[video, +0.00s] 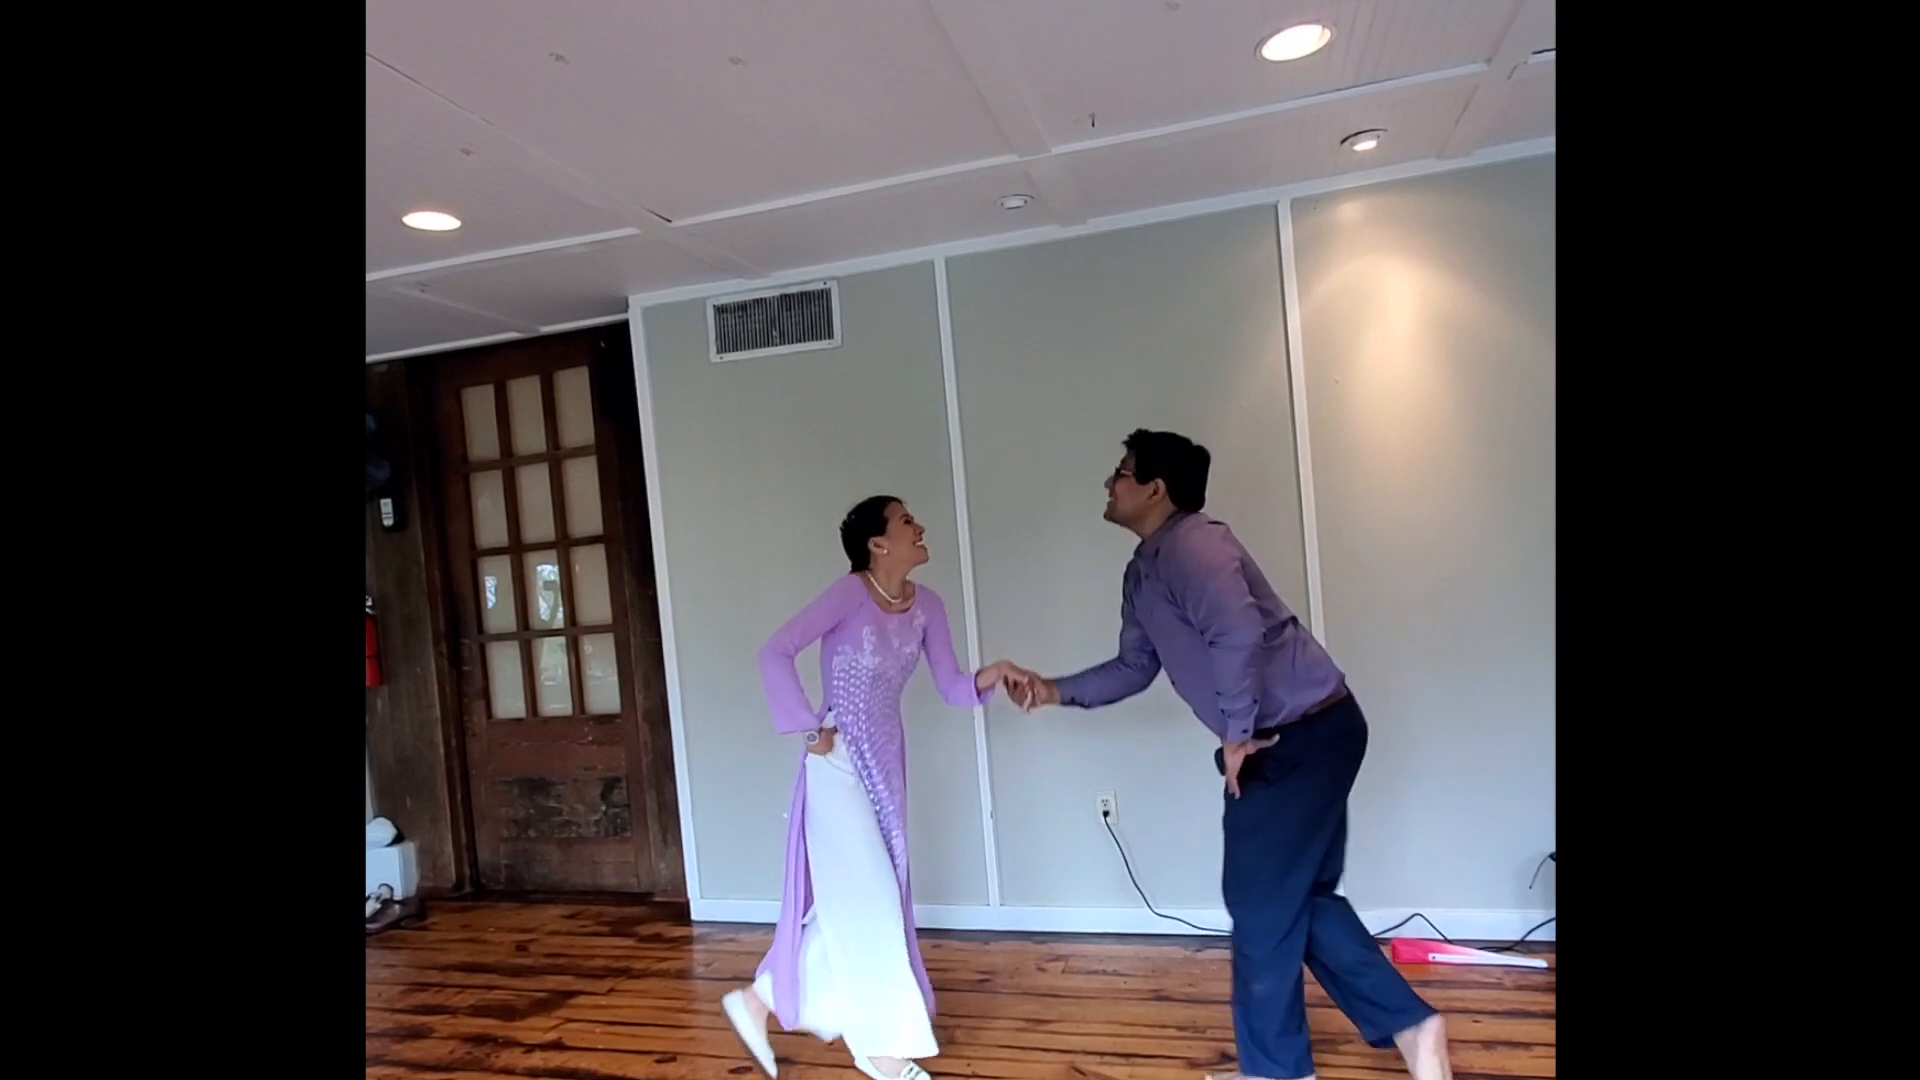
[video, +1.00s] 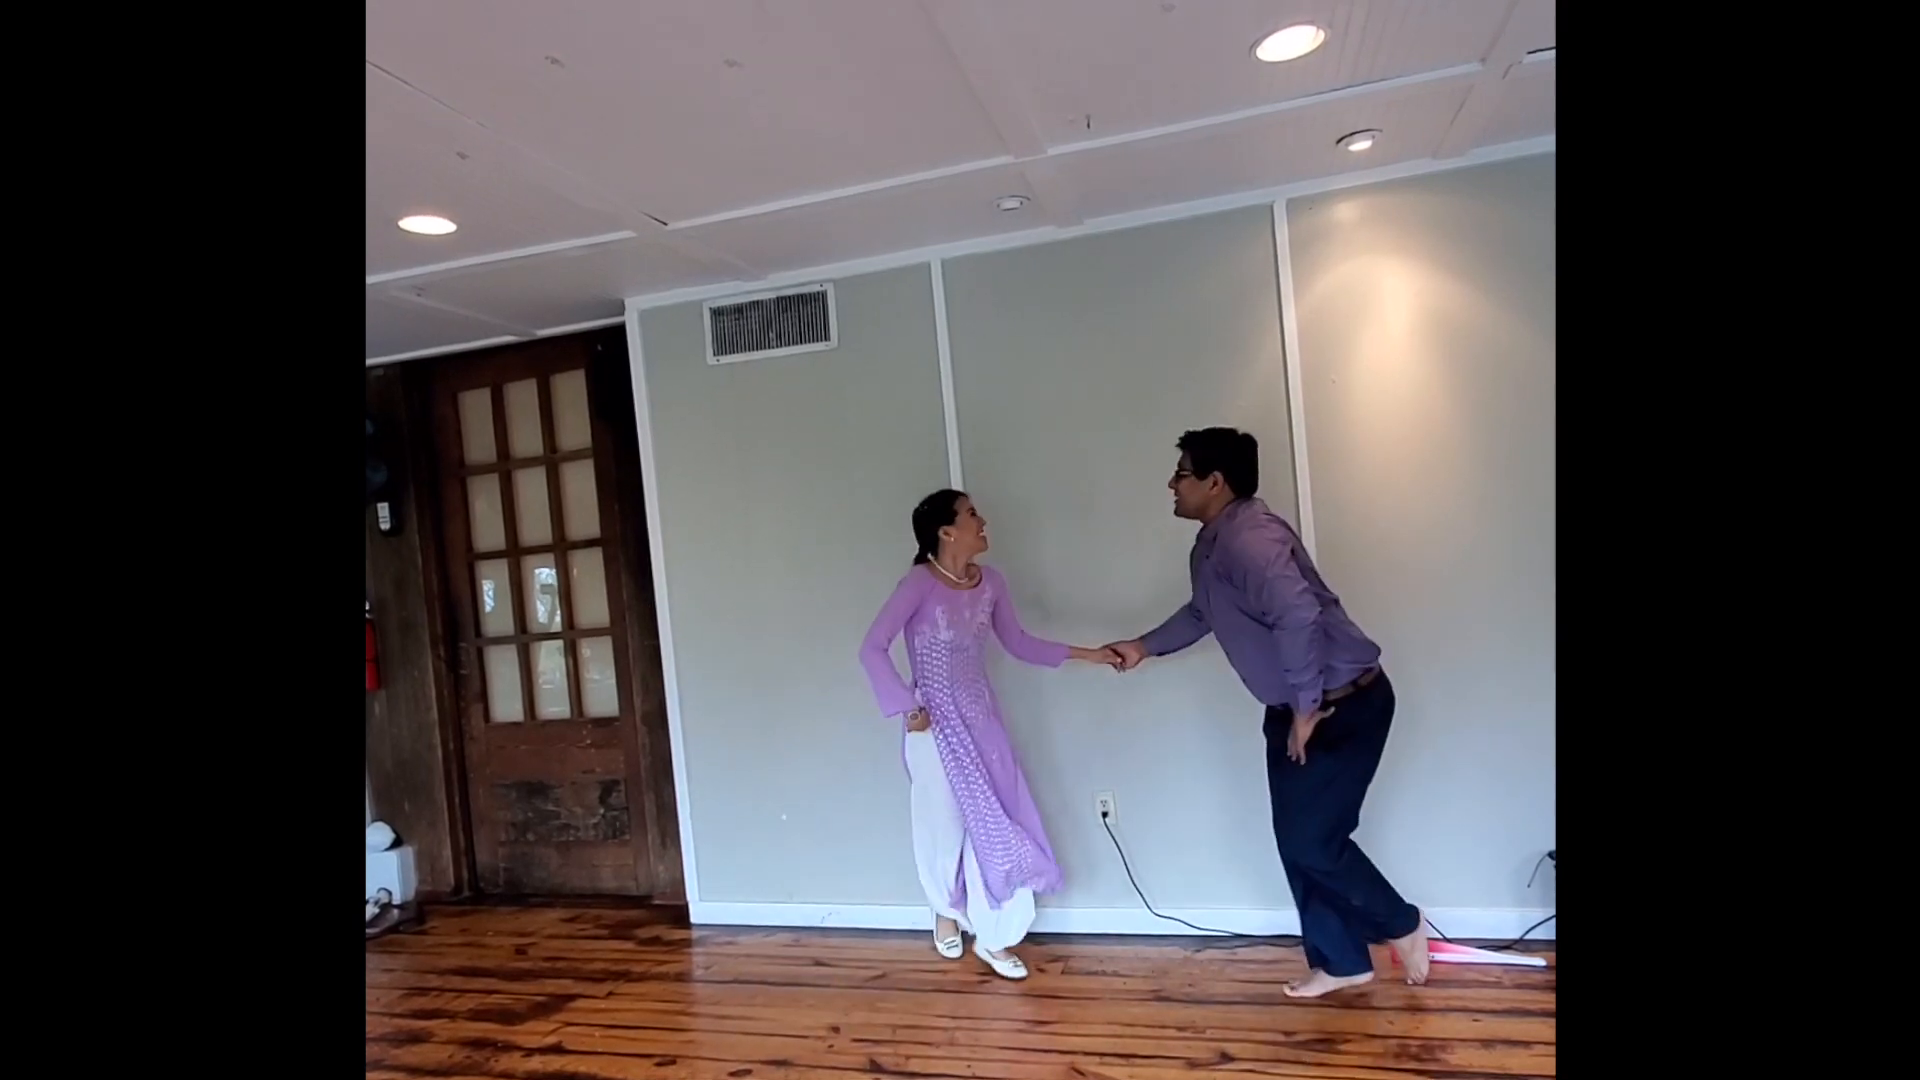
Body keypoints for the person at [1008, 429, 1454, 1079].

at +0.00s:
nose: (1109, 482)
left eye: (1121, 474)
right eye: (1116, 472)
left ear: (1155, 489)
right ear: (1151, 489)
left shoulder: (1192, 542)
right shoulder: (1145, 570)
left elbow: (1237, 628)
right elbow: (1134, 666)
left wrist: (1236, 731)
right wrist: (1054, 690)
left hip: (1297, 733)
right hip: (1299, 732)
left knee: (1259, 901)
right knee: (1300, 894)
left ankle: (1274, 1065)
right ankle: (1411, 1023)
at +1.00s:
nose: (1172, 483)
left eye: (1183, 474)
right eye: (1176, 472)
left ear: (1217, 483)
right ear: (1213, 483)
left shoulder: (1251, 537)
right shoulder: (1212, 541)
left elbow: (1299, 615)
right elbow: (1203, 613)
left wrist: (1305, 705)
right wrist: (1144, 647)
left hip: (1346, 701)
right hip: (1293, 705)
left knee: (1314, 840)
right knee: (1297, 839)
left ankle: (1405, 925)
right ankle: (1343, 963)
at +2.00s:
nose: (1206, 491)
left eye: (1217, 476)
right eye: (1197, 484)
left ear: (1260, 473)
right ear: (1197, 494)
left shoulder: (1322, 521)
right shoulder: (1199, 555)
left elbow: (1356, 581)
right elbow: (1152, 596)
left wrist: (1364, 658)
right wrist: (1103, 597)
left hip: (1305, 725)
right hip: (1226, 732)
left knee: (1313, 850)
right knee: (1252, 859)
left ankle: (1268, 979)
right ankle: (1281, 962)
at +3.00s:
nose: (1131, 484)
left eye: (1141, 471)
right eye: (1130, 471)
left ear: (1186, 472)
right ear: (1188, 474)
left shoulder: (1199, 534)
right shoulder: (1214, 523)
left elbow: (1224, 627)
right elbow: (1227, 630)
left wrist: (1181, 718)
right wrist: (1189, 718)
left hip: (1245, 734)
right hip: (1277, 728)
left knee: (1207, 889)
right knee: (1260, 879)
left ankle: (1253, 1046)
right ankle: (1320, 1035)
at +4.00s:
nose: (1124, 473)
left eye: (1136, 462)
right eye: (1115, 467)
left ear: (1171, 472)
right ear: (1108, 483)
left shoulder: (1223, 523)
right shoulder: (1091, 532)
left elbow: (1278, 588)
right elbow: (1019, 502)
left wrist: (1268, 661)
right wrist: (954, 449)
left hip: (1239, 722)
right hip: (1151, 735)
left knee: (1305, 851)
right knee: (1178, 875)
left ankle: (1357, 986)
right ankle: (1205, 986)